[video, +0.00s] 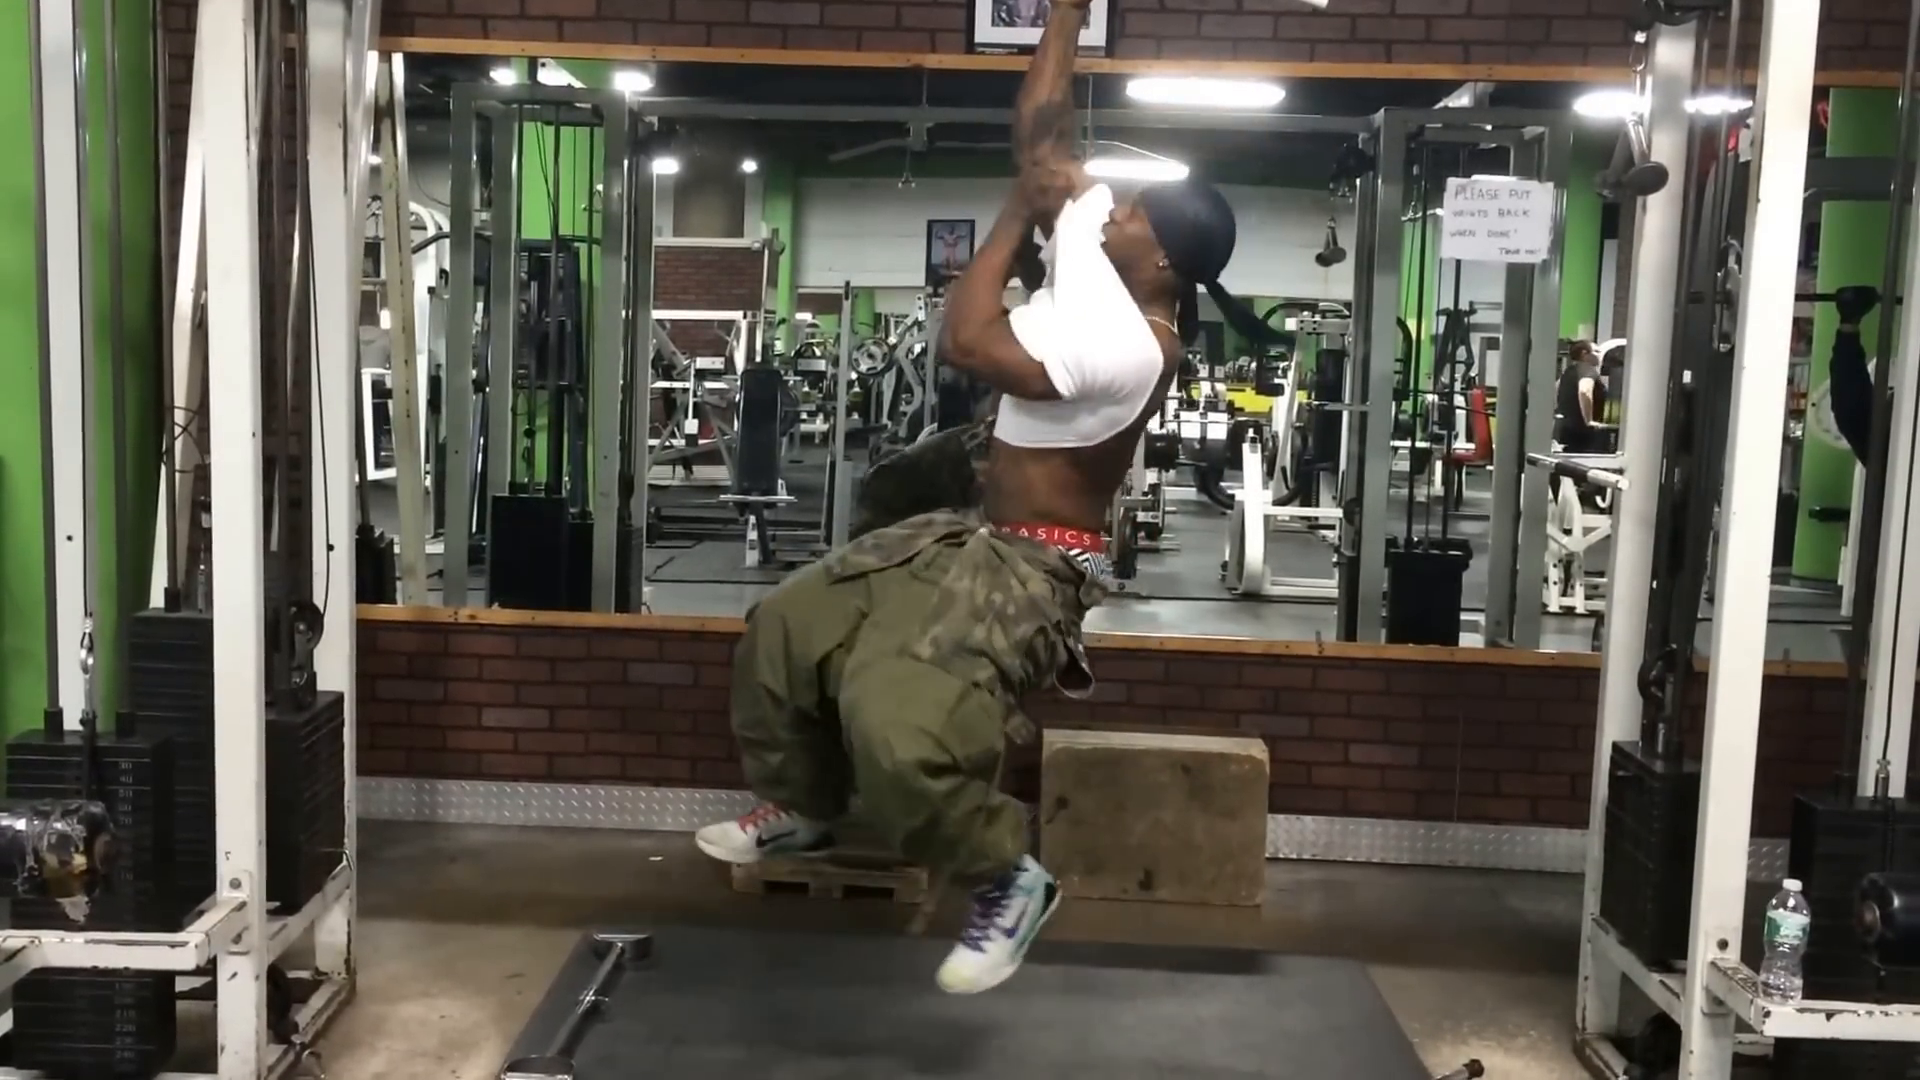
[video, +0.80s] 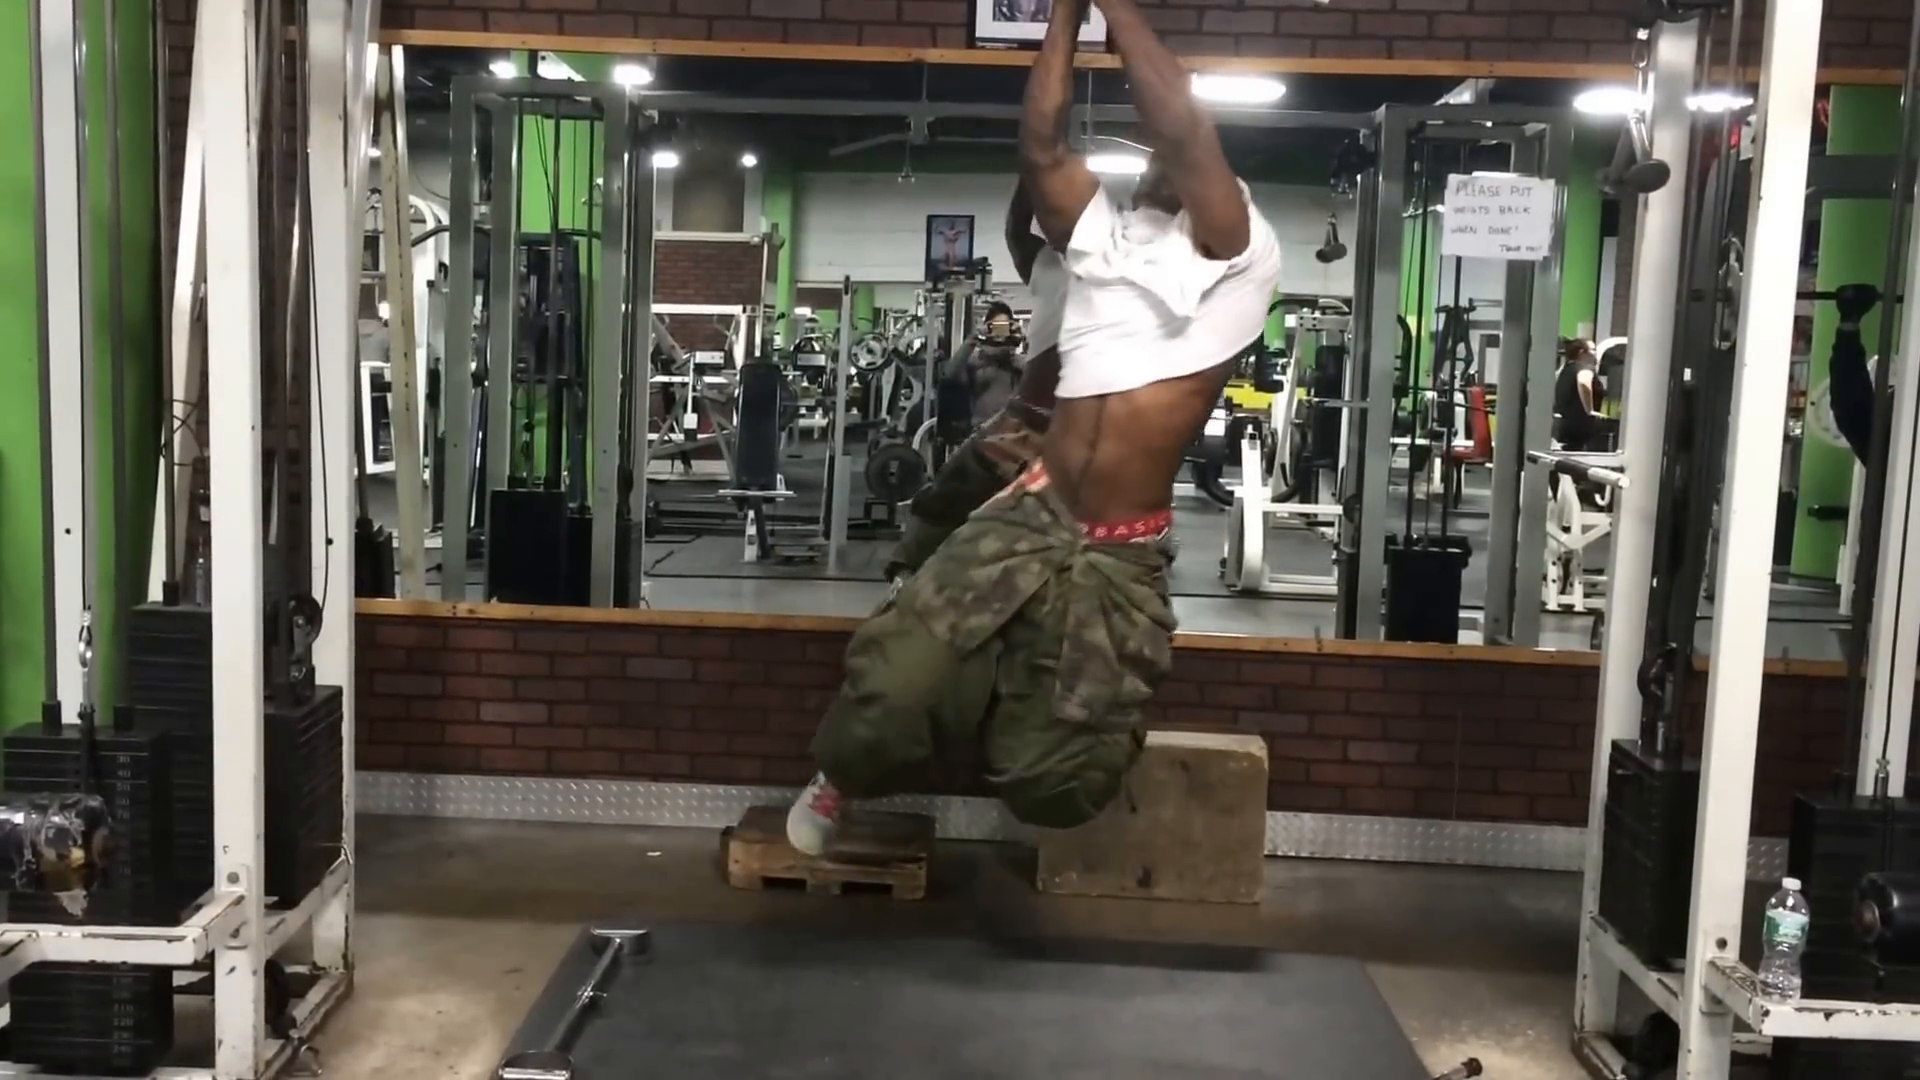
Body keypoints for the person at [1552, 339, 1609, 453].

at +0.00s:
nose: (1599, 355)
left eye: (1598, 351)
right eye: (1596, 351)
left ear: (1583, 354)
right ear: (1585, 354)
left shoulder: (1570, 370)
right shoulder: (1588, 370)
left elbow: (1557, 387)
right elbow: (1584, 391)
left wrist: (1560, 409)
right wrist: (1589, 420)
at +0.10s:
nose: (1596, 354)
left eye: (1596, 351)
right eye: (1593, 350)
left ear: (1582, 353)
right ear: (1582, 353)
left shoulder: (1568, 371)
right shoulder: (1583, 370)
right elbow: (1581, 397)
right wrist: (1587, 426)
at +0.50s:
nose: (1593, 353)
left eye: (1592, 349)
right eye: (1590, 349)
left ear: (1577, 353)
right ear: (1579, 353)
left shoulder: (1564, 370)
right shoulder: (1584, 370)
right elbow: (1581, 388)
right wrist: (1589, 415)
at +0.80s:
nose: (1596, 354)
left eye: (1595, 350)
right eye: (1593, 349)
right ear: (1582, 353)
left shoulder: (1565, 369)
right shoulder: (1585, 369)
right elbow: (1583, 383)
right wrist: (1590, 411)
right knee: (1618, 426)